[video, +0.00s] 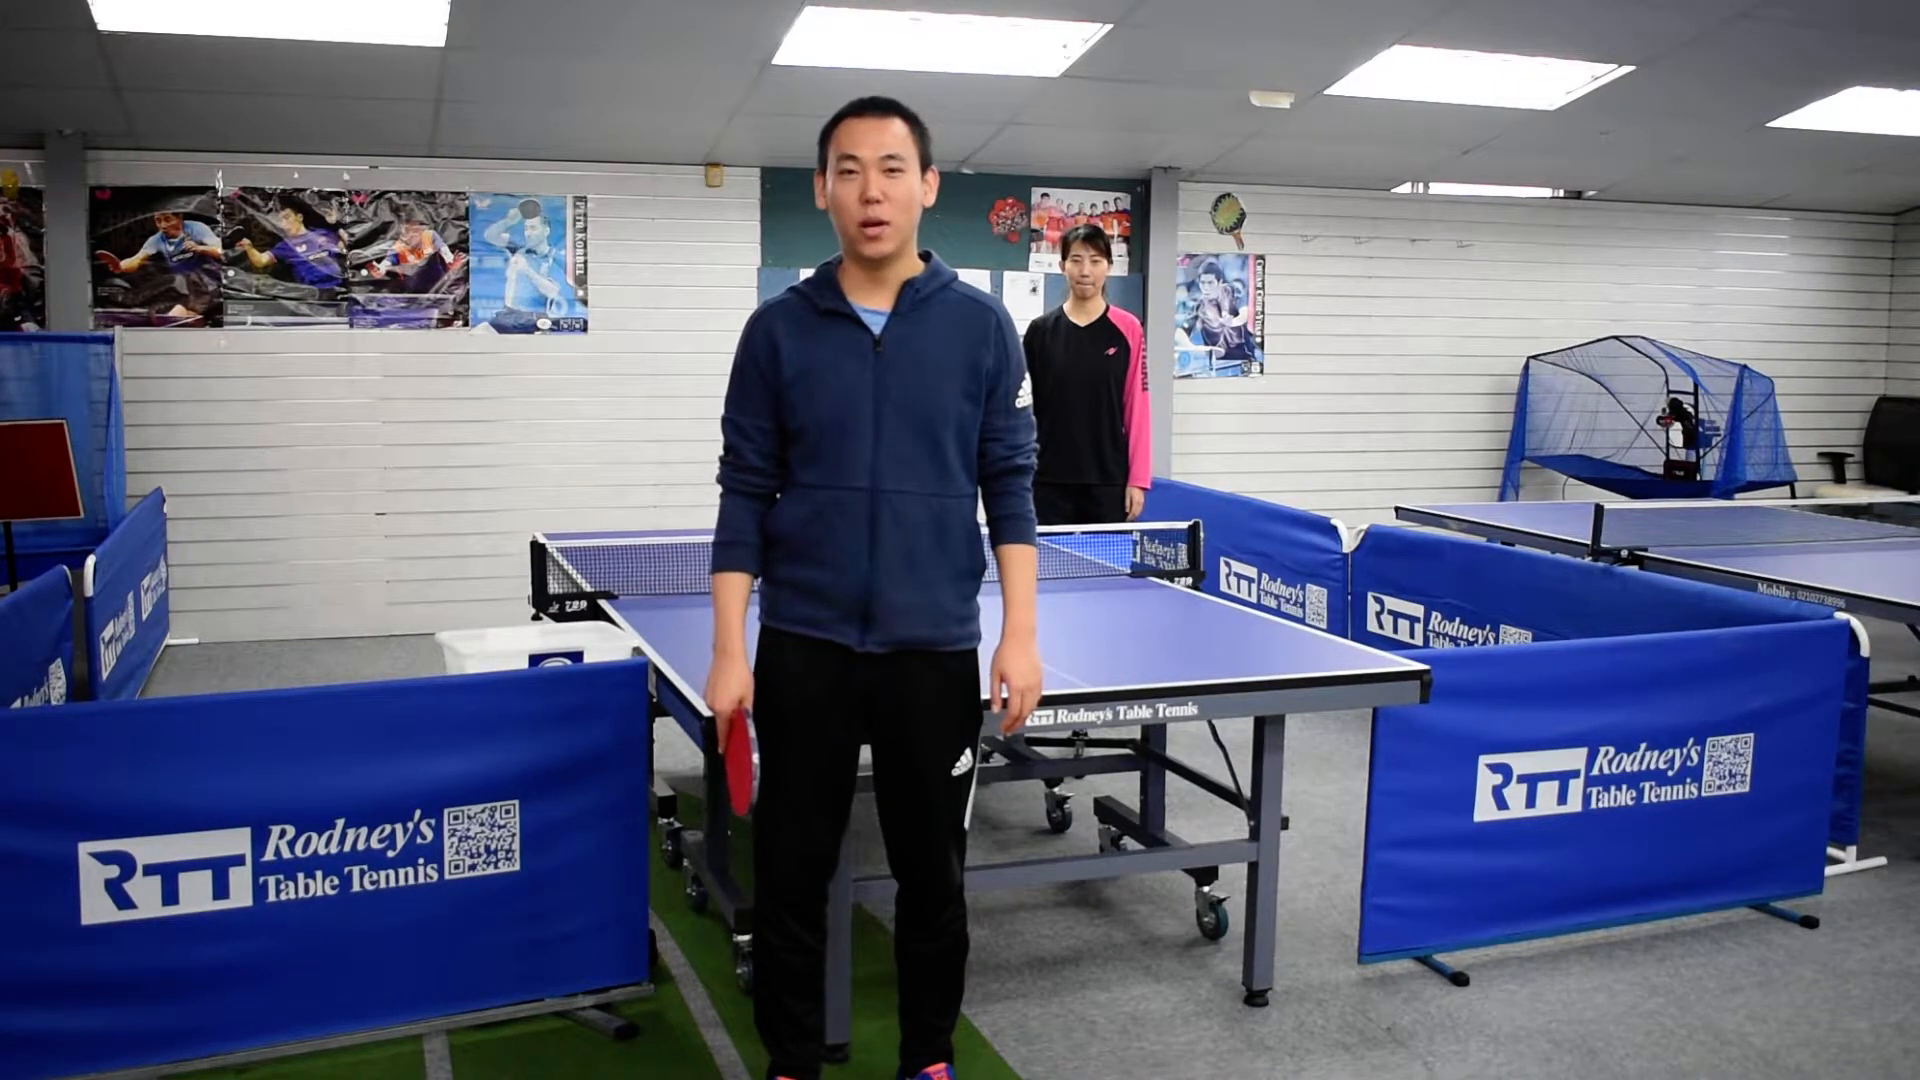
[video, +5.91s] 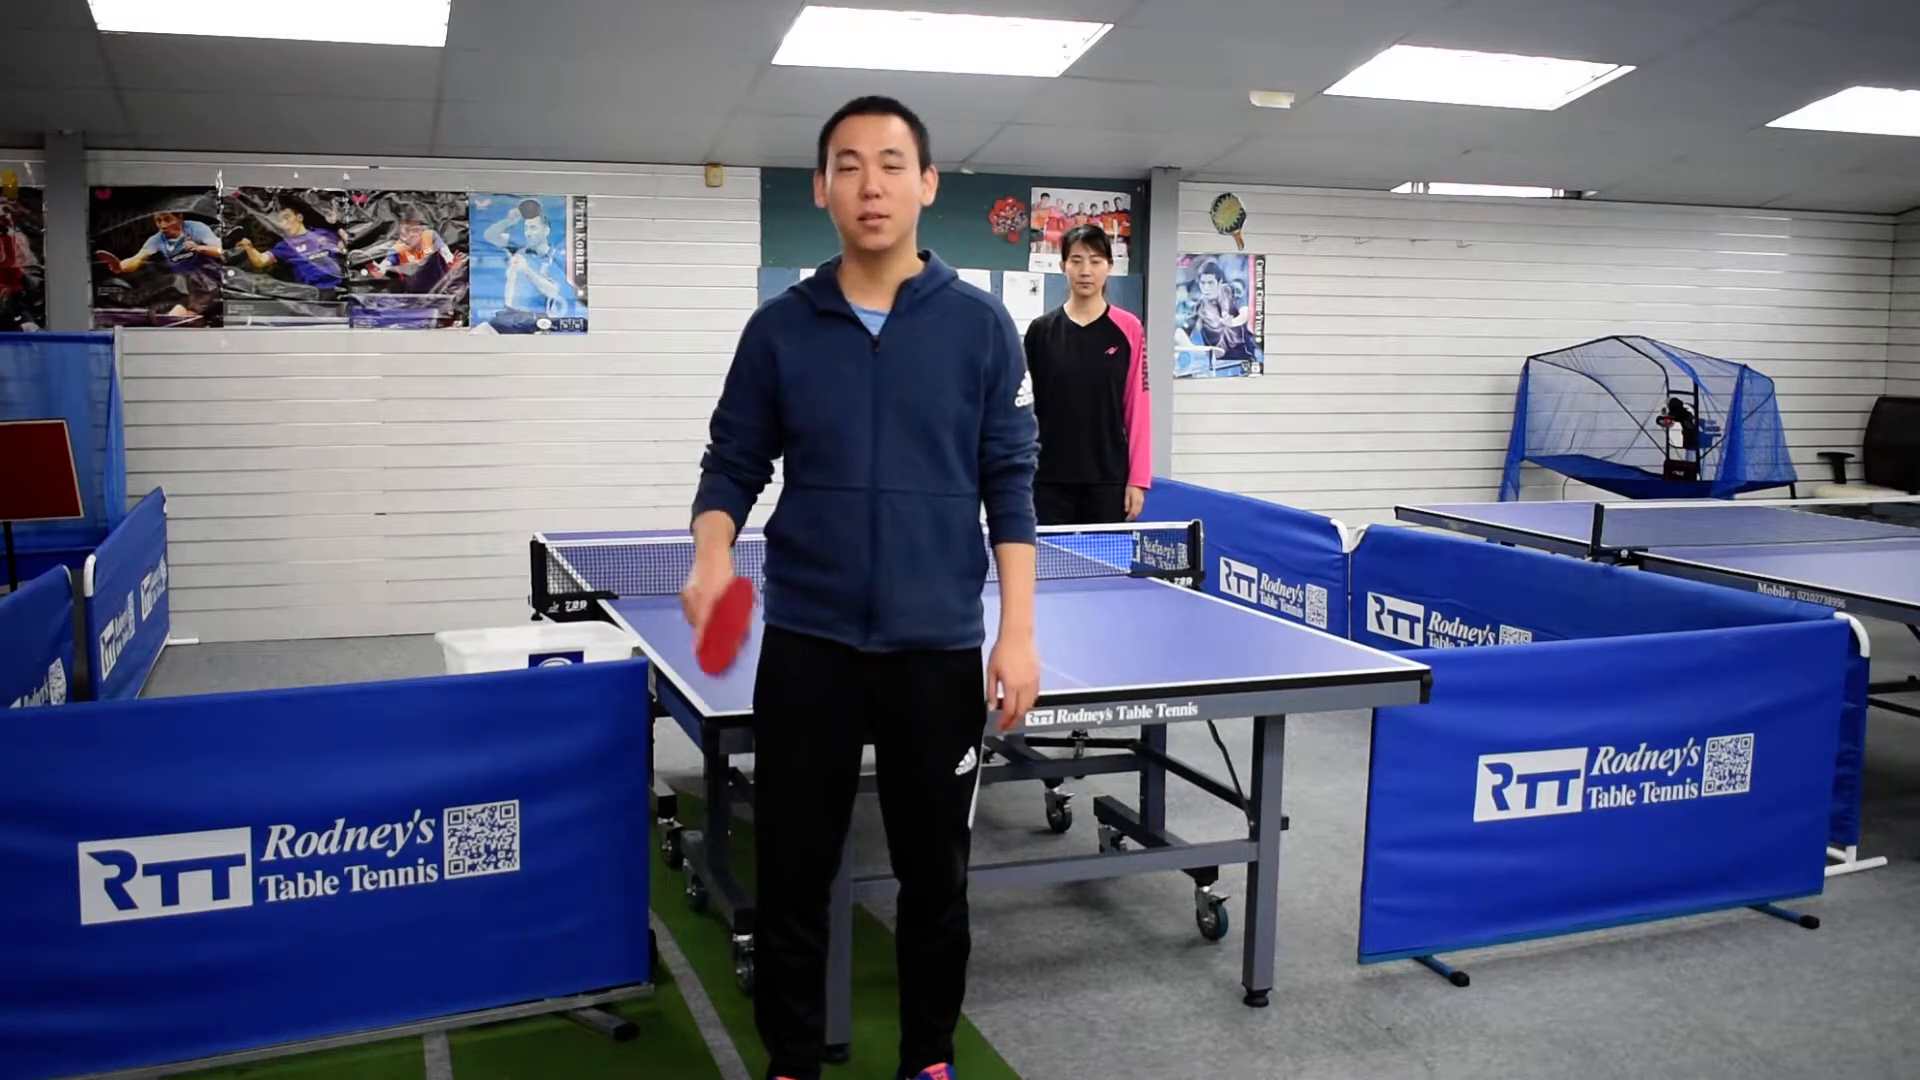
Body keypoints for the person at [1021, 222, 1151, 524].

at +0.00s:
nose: (1085, 271)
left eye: (1095, 262)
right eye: (1076, 261)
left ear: (1109, 268)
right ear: (1063, 266)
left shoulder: (1128, 329)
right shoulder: (1039, 331)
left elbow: (1137, 407)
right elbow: (1022, 405)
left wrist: (1138, 479)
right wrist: (1019, 479)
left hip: (1107, 483)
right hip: (1049, 482)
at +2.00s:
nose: (1085, 271)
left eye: (1095, 262)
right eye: (1076, 261)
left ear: (1109, 268)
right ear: (1063, 266)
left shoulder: (1128, 329)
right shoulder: (1040, 331)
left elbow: (1137, 407)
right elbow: (1022, 405)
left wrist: (1138, 478)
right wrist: (1019, 477)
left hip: (1107, 482)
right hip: (1049, 480)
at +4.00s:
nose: (1085, 271)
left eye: (1095, 262)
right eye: (1075, 261)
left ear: (1108, 268)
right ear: (1063, 266)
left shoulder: (1128, 329)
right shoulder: (1040, 331)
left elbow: (1137, 406)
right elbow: (1023, 404)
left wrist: (1138, 479)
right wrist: (1020, 476)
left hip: (1107, 482)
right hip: (1050, 480)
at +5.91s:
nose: (1085, 271)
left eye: (1096, 262)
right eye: (1076, 261)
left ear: (1109, 268)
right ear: (1064, 266)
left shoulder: (1128, 329)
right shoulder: (1040, 331)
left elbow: (1137, 407)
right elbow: (1023, 405)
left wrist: (1138, 478)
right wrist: (1021, 477)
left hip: (1107, 481)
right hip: (1050, 480)